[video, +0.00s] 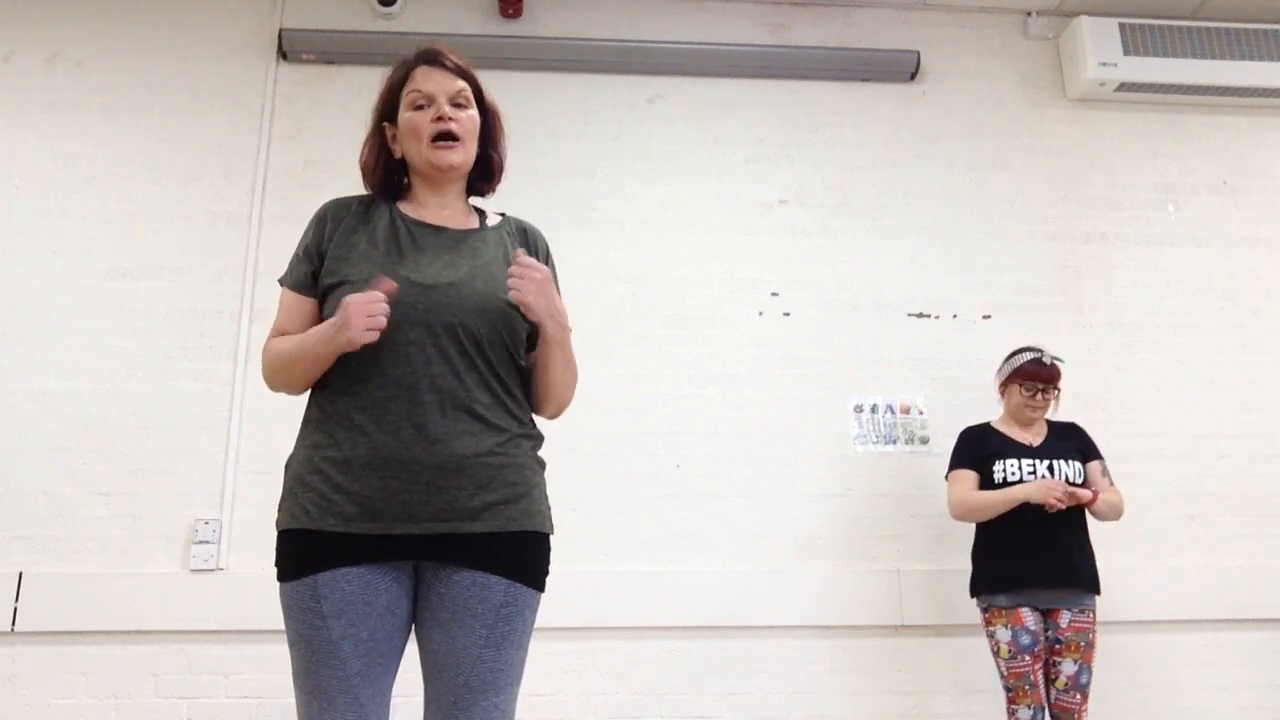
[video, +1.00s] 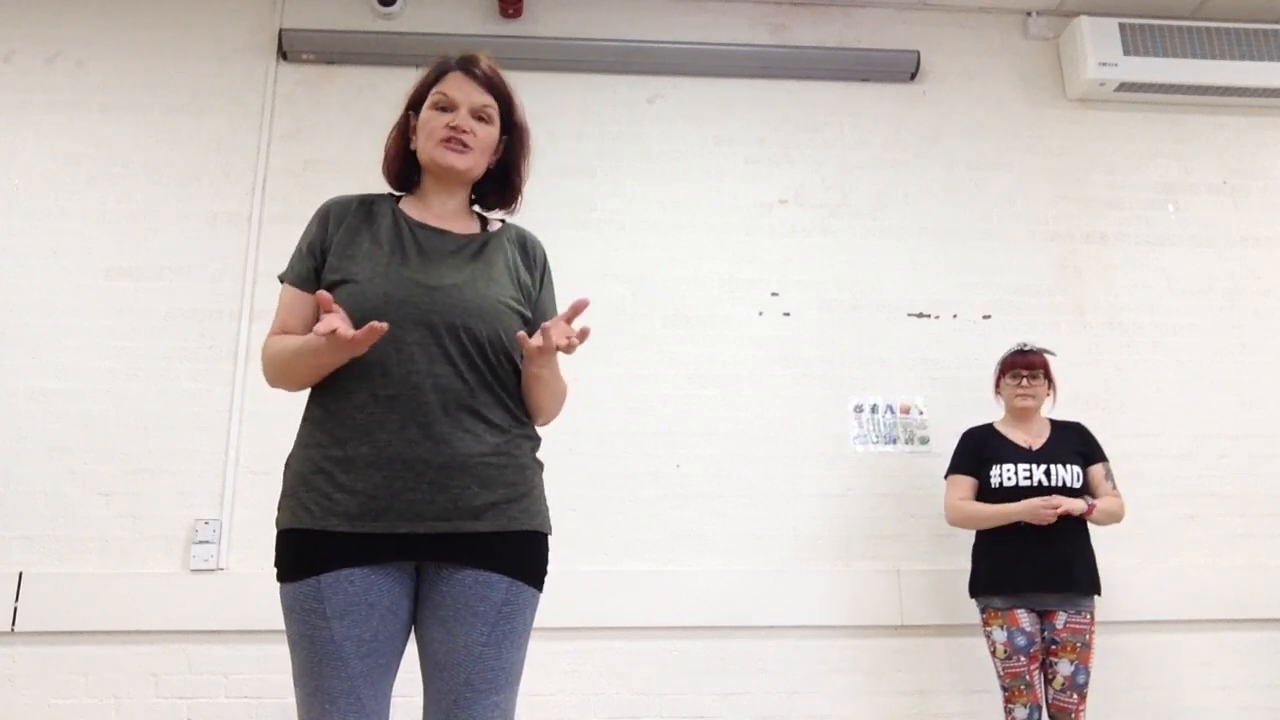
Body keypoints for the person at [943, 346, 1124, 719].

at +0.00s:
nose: (1040, 396)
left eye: (1048, 389)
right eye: (1029, 387)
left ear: (1056, 392)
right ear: (1004, 387)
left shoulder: (1073, 436)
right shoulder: (976, 439)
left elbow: (1114, 507)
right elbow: (960, 506)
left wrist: (1089, 498)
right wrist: (1026, 491)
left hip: (1073, 592)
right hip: (1007, 594)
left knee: (1071, 706)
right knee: (1027, 707)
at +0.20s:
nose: (1031, 388)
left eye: (1041, 380)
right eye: (1020, 380)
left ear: (1051, 387)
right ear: (1002, 386)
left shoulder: (1075, 436)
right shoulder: (978, 439)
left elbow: (1111, 509)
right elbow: (959, 507)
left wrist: (1089, 506)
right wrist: (1027, 502)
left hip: (1073, 592)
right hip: (1007, 593)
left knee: (1070, 707)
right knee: (1026, 708)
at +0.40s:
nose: (1028, 384)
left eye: (1037, 377)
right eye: (1018, 377)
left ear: (1050, 387)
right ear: (1001, 385)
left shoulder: (1076, 436)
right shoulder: (979, 438)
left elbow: (1114, 508)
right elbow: (958, 507)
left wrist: (1090, 506)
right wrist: (1027, 506)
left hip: (1072, 593)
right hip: (1005, 594)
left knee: (1069, 707)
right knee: (1025, 708)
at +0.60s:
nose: (1027, 384)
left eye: (1036, 377)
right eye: (1017, 377)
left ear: (1050, 387)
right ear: (1000, 386)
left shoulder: (1077, 436)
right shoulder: (978, 439)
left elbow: (1115, 507)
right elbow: (956, 508)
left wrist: (1087, 506)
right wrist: (1025, 506)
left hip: (1072, 593)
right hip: (1005, 595)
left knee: (1069, 707)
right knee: (1025, 708)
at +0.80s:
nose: (1025, 384)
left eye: (1034, 377)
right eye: (1015, 377)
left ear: (1048, 387)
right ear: (999, 386)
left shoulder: (1076, 436)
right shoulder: (977, 440)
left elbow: (1115, 507)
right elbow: (956, 509)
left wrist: (1086, 506)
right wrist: (1023, 508)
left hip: (1072, 593)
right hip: (1004, 595)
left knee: (1069, 708)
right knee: (1023, 708)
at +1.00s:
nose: (1025, 384)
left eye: (1034, 377)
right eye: (1015, 377)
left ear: (1048, 387)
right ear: (999, 386)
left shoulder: (1076, 436)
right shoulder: (977, 441)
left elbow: (1115, 508)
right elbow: (956, 511)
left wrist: (1085, 506)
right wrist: (1021, 510)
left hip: (1072, 594)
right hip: (1004, 596)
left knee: (1069, 707)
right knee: (1023, 708)